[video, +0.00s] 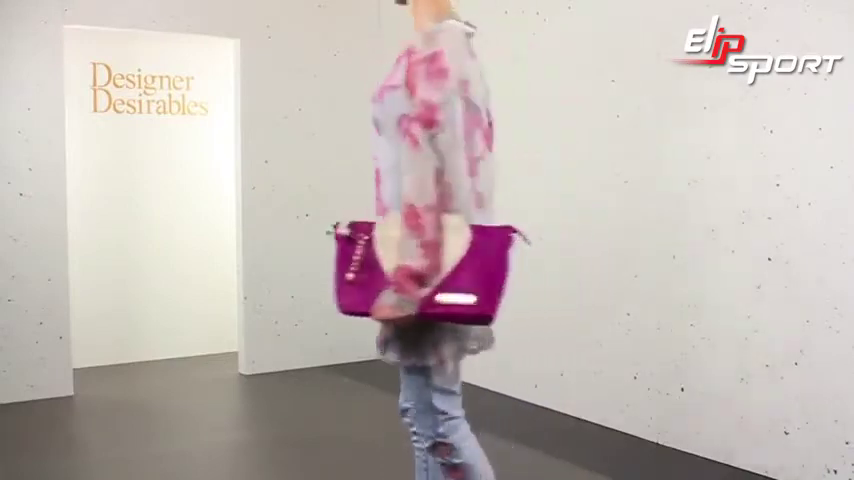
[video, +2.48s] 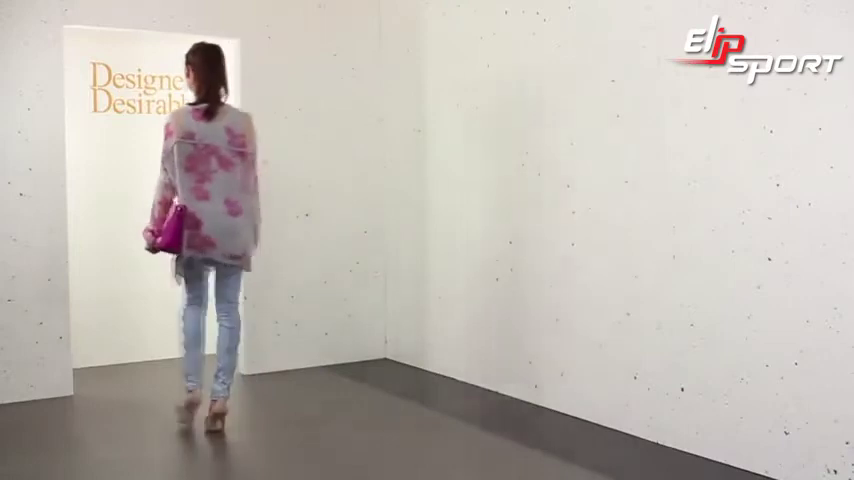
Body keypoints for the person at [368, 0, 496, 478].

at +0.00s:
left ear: (408, 0)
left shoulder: (431, 59)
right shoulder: (452, 52)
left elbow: (425, 183)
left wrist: (405, 288)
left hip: (433, 281)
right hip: (438, 276)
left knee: (442, 422)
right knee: (420, 415)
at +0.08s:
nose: (390, 1)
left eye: (391, 1)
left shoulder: (410, 60)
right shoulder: (467, 45)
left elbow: (393, 182)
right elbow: (502, 130)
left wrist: (367, 283)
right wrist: (466, 203)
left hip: (420, 266)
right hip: (460, 262)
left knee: (404, 419)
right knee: (436, 408)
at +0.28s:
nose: (370, 9)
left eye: (368, 4)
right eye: (366, 4)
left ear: (380, 0)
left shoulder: (379, 49)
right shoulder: (468, 54)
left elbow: (359, 168)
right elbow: (501, 162)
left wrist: (326, 267)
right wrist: (463, 235)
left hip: (389, 253)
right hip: (456, 258)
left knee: (351, 394)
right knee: (435, 408)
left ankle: (376, 474)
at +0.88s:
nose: (318, 12)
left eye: (320, 4)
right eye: (319, 4)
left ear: (330, 11)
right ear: (372, 10)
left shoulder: (310, 73)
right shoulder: (408, 75)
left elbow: (289, 172)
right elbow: (420, 176)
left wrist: (260, 248)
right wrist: (424, 259)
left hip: (326, 242)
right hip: (389, 242)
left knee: (329, 375)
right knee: (368, 369)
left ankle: (341, 475)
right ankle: (386, 474)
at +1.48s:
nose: (265, 40)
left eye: (268, 33)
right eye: (266, 32)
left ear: (279, 35)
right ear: (312, 33)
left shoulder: (260, 94)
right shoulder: (341, 97)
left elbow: (242, 173)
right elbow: (348, 179)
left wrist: (220, 238)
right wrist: (346, 243)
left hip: (271, 235)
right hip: (328, 238)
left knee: (272, 334)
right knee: (319, 343)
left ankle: (278, 447)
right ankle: (309, 455)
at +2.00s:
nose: (223, 58)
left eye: (225, 52)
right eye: (225, 51)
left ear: (231, 55)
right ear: (263, 53)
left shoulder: (216, 106)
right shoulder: (288, 108)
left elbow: (204, 175)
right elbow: (297, 180)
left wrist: (190, 230)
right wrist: (303, 238)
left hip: (233, 228)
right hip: (280, 228)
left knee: (244, 323)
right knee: (263, 313)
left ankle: (263, 422)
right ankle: (260, 406)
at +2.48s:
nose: (185, 77)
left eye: (186, 71)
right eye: (187, 70)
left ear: (192, 74)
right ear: (220, 72)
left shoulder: (179, 121)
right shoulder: (242, 121)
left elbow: (168, 179)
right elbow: (251, 183)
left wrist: (154, 227)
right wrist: (253, 234)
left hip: (192, 229)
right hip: (235, 230)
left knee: (193, 304)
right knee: (229, 310)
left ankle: (193, 387)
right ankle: (220, 397)